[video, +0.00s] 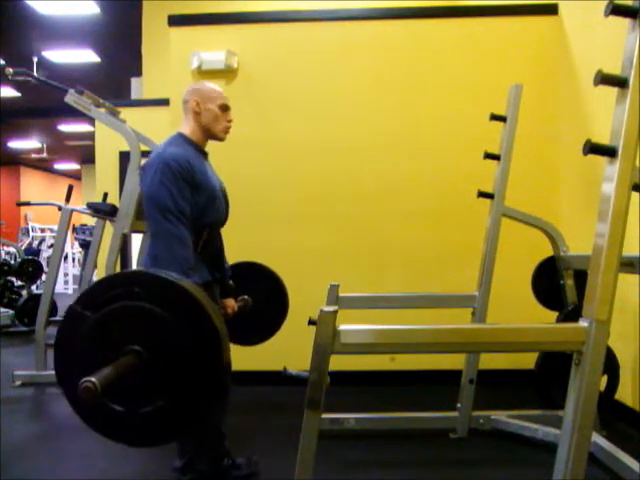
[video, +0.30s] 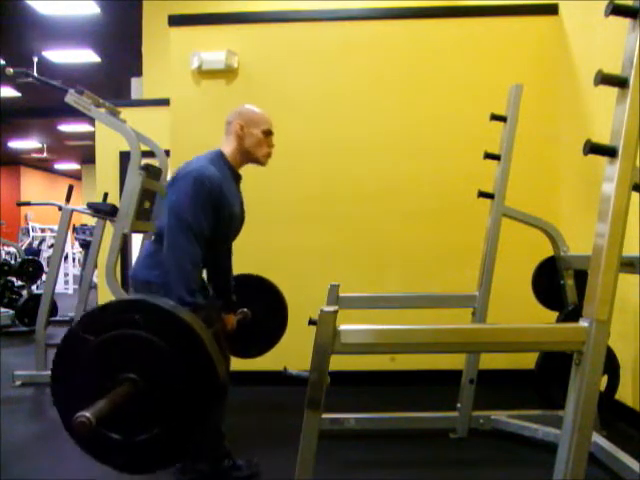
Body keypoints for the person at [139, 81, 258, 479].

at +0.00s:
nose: (230, 119)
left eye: (229, 111)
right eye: (223, 110)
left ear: (199, 110)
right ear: (195, 109)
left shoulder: (197, 160)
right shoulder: (170, 159)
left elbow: (210, 237)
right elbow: (172, 243)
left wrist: (226, 290)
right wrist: (202, 297)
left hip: (198, 290)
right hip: (177, 294)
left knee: (210, 374)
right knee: (203, 375)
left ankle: (207, 456)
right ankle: (202, 460)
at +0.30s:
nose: (272, 142)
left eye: (272, 135)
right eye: (266, 134)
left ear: (244, 135)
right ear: (238, 131)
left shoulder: (227, 182)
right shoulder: (200, 175)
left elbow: (218, 253)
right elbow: (181, 250)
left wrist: (227, 306)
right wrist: (203, 310)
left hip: (189, 292)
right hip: (160, 292)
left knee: (211, 372)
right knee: (196, 376)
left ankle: (209, 455)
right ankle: (199, 459)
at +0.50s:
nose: (289, 168)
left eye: (289, 160)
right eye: (283, 159)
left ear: (257, 157)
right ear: (256, 155)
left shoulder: (238, 202)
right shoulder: (211, 195)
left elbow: (225, 269)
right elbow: (188, 271)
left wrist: (231, 319)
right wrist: (203, 331)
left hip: (178, 289)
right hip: (152, 287)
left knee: (188, 372)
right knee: (164, 375)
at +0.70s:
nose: (302, 188)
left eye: (302, 180)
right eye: (296, 179)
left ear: (272, 178)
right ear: (270, 175)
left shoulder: (248, 221)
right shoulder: (221, 210)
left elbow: (232, 285)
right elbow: (196, 283)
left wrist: (234, 335)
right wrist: (203, 348)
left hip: (173, 285)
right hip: (149, 283)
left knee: (194, 370)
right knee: (174, 372)